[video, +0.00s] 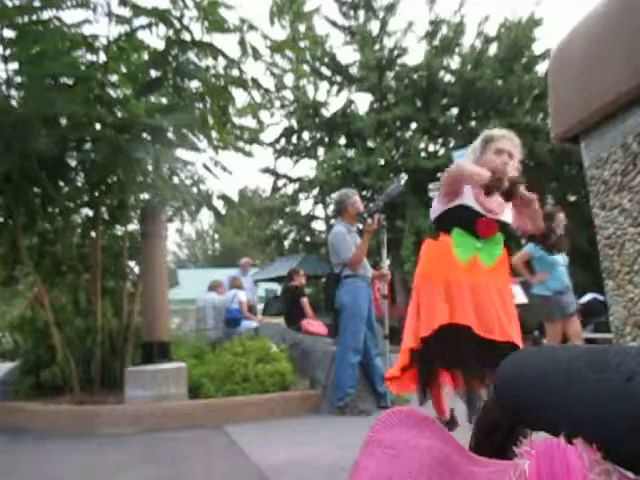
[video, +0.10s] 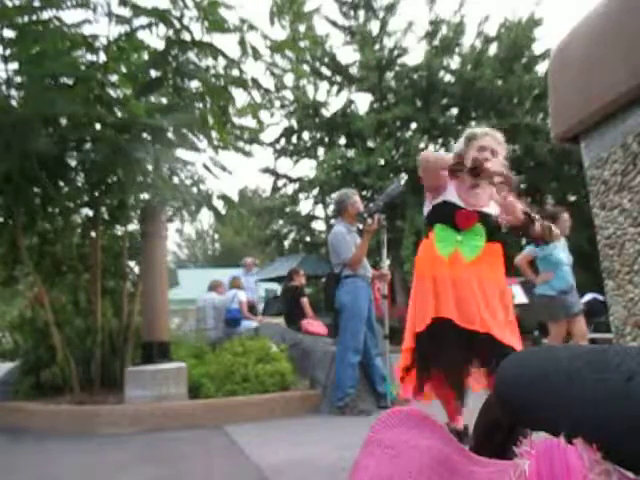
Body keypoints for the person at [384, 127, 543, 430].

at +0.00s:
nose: (506, 161)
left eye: (513, 157)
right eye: (499, 153)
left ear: (518, 168)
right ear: (481, 157)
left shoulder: (506, 203)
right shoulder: (455, 190)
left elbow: (535, 227)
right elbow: (457, 172)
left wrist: (527, 201)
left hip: (487, 266)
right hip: (447, 263)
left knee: (479, 337)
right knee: (438, 337)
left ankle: (476, 402)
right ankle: (440, 408)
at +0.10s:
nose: (486, 157)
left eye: (494, 153)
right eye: (481, 149)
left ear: (502, 164)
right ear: (464, 153)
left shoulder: (499, 198)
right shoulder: (441, 185)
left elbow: (536, 228)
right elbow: (427, 161)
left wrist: (528, 221)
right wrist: (464, 164)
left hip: (487, 286)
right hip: (444, 285)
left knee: (504, 357)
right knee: (447, 357)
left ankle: (512, 422)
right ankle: (456, 423)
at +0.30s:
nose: (443, 157)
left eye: (450, 151)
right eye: (438, 152)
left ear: (465, 157)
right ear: (429, 161)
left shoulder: (483, 194)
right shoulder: (424, 190)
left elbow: (526, 225)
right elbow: (384, 184)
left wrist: (502, 221)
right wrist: (401, 167)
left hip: (476, 292)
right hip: (434, 292)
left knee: (488, 361)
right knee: (439, 360)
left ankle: (500, 422)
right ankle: (455, 423)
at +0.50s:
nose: (417, 170)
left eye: (421, 163)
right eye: (416, 164)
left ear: (440, 161)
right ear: (425, 166)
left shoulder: (470, 193)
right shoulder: (416, 199)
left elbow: (503, 222)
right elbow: (376, 221)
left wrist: (466, 218)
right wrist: (358, 196)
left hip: (466, 290)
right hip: (427, 290)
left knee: (476, 358)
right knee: (440, 359)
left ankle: (490, 424)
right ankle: (455, 424)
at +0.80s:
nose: (404, 168)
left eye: (409, 161)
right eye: (403, 163)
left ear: (430, 159)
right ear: (410, 166)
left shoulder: (460, 188)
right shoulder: (407, 200)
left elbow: (493, 216)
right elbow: (382, 236)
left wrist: (460, 213)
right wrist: (361, 245)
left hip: (462, 284)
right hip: (426, 285)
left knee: (465, 357)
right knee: (440, 356)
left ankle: (489, 424)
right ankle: (455, 421)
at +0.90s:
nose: (400, 167)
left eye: (404, 159)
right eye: (399, 161)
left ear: (424, 158)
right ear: (411, 164)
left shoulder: (455, 186)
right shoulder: (405, 201)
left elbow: (490, 211)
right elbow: (389, 238)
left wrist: (457, 211)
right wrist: (370, 259)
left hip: (461, 282)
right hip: (423, 286)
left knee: (465, 360)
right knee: (433, 358)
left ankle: (490, 423)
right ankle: (454, 421)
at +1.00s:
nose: (391, 168)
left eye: (394, 160)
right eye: (389, 162)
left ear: (416, 158)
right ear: (398, 165)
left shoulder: (446, 185)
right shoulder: (399, 201)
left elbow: (483, 212)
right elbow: (393, 246)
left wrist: (439, 215)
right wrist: (381, 273)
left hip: (458, 287)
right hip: (419, 292)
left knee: (466, 366)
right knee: (417, 360)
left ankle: (491, 425)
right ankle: (448, 421)